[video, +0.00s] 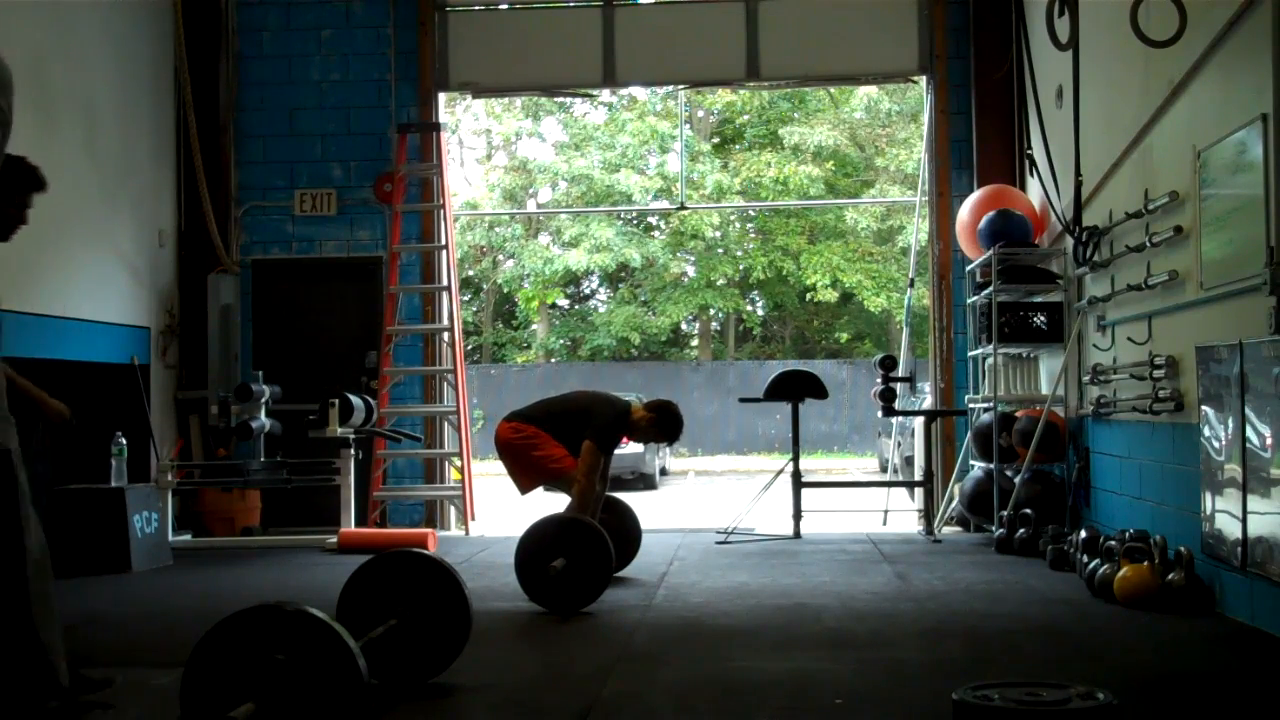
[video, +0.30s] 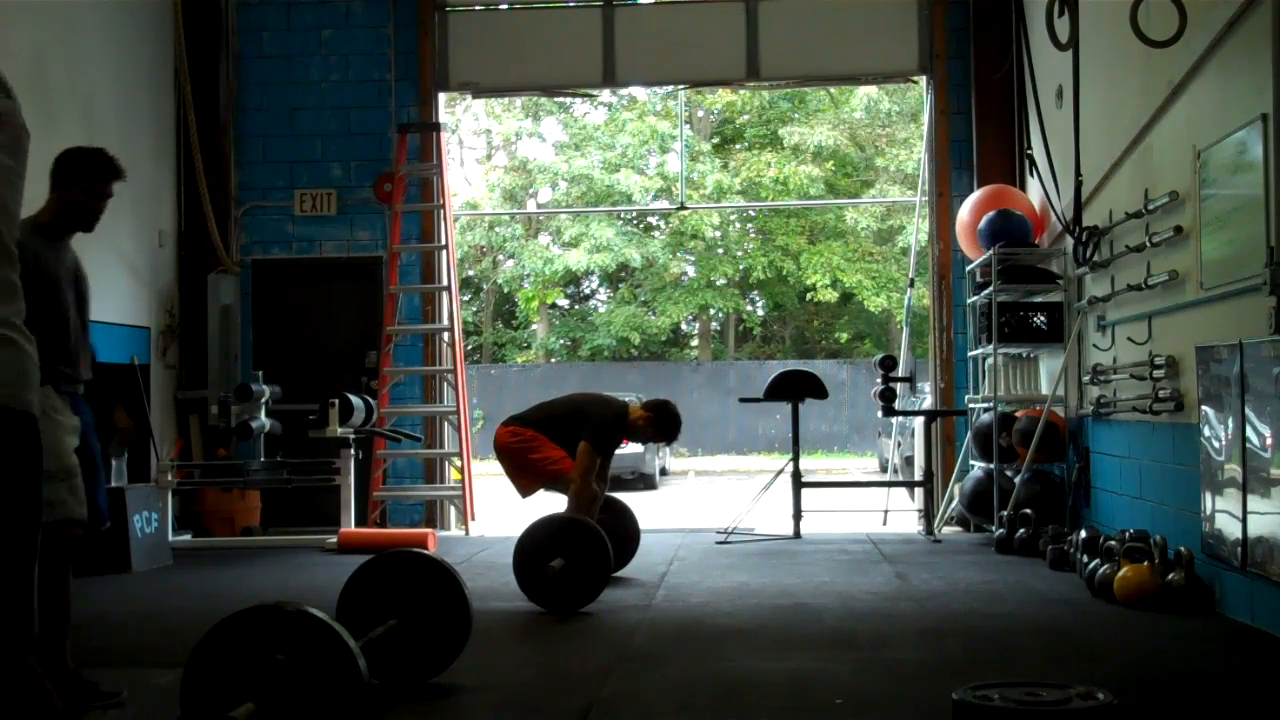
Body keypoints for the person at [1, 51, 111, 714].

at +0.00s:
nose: (21, 223)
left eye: (25, 211)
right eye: (18, 210)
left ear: (15, 206)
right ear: (0, 202)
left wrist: (36, 399)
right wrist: (37, 398)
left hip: (5, 430)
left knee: (26, 544)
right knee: (25, 546)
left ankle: (51, 673)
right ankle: (49, 676)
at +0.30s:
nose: (104, 207)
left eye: (107, 196)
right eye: (97, 195)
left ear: (82, 195)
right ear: (67, 189)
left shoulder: (68, 256)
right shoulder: (24, 245)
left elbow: (79, 336)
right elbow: (19, 333)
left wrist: (88, 394)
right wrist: (42, 404)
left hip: (73, 409)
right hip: (44, 410)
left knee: (71, 541)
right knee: (53, 543)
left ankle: (60, 668)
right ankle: (50, 672)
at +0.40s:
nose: (109, 204)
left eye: (116, 195)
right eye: (102, 191)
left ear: (117, 198)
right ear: (74, 184)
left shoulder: (96, 261)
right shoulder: (35, 245)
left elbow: (115, 341)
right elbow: (28, 334)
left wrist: (160, 399)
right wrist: (53, 404)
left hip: (94, 412)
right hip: (55, 411)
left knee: (100, 538)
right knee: (64, 539)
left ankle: (77, 667)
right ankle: (61, 670)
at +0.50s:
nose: (117, 199)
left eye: (124, 190)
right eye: (109, 186)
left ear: (130, 199)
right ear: (84, 185)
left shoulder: (115, 261)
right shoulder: (59, 251)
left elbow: (142, 334)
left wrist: (192, 389)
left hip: (115, 414)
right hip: (75, 414)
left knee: (107, 544)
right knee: (89, 549)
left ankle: (90, 659)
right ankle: (105, 666)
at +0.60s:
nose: (136, 198)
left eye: (140, 188)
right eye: (130, 185)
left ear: (141, 196)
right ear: (107, 185)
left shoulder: (130, 263)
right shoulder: (85, 256)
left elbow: (160, 338)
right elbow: (157, 339)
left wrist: (218, 388)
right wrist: (214, 387)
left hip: (127, 415)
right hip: (88, 412)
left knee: (118, 552)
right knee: (107, 555)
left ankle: (121, 670)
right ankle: (121, 673)